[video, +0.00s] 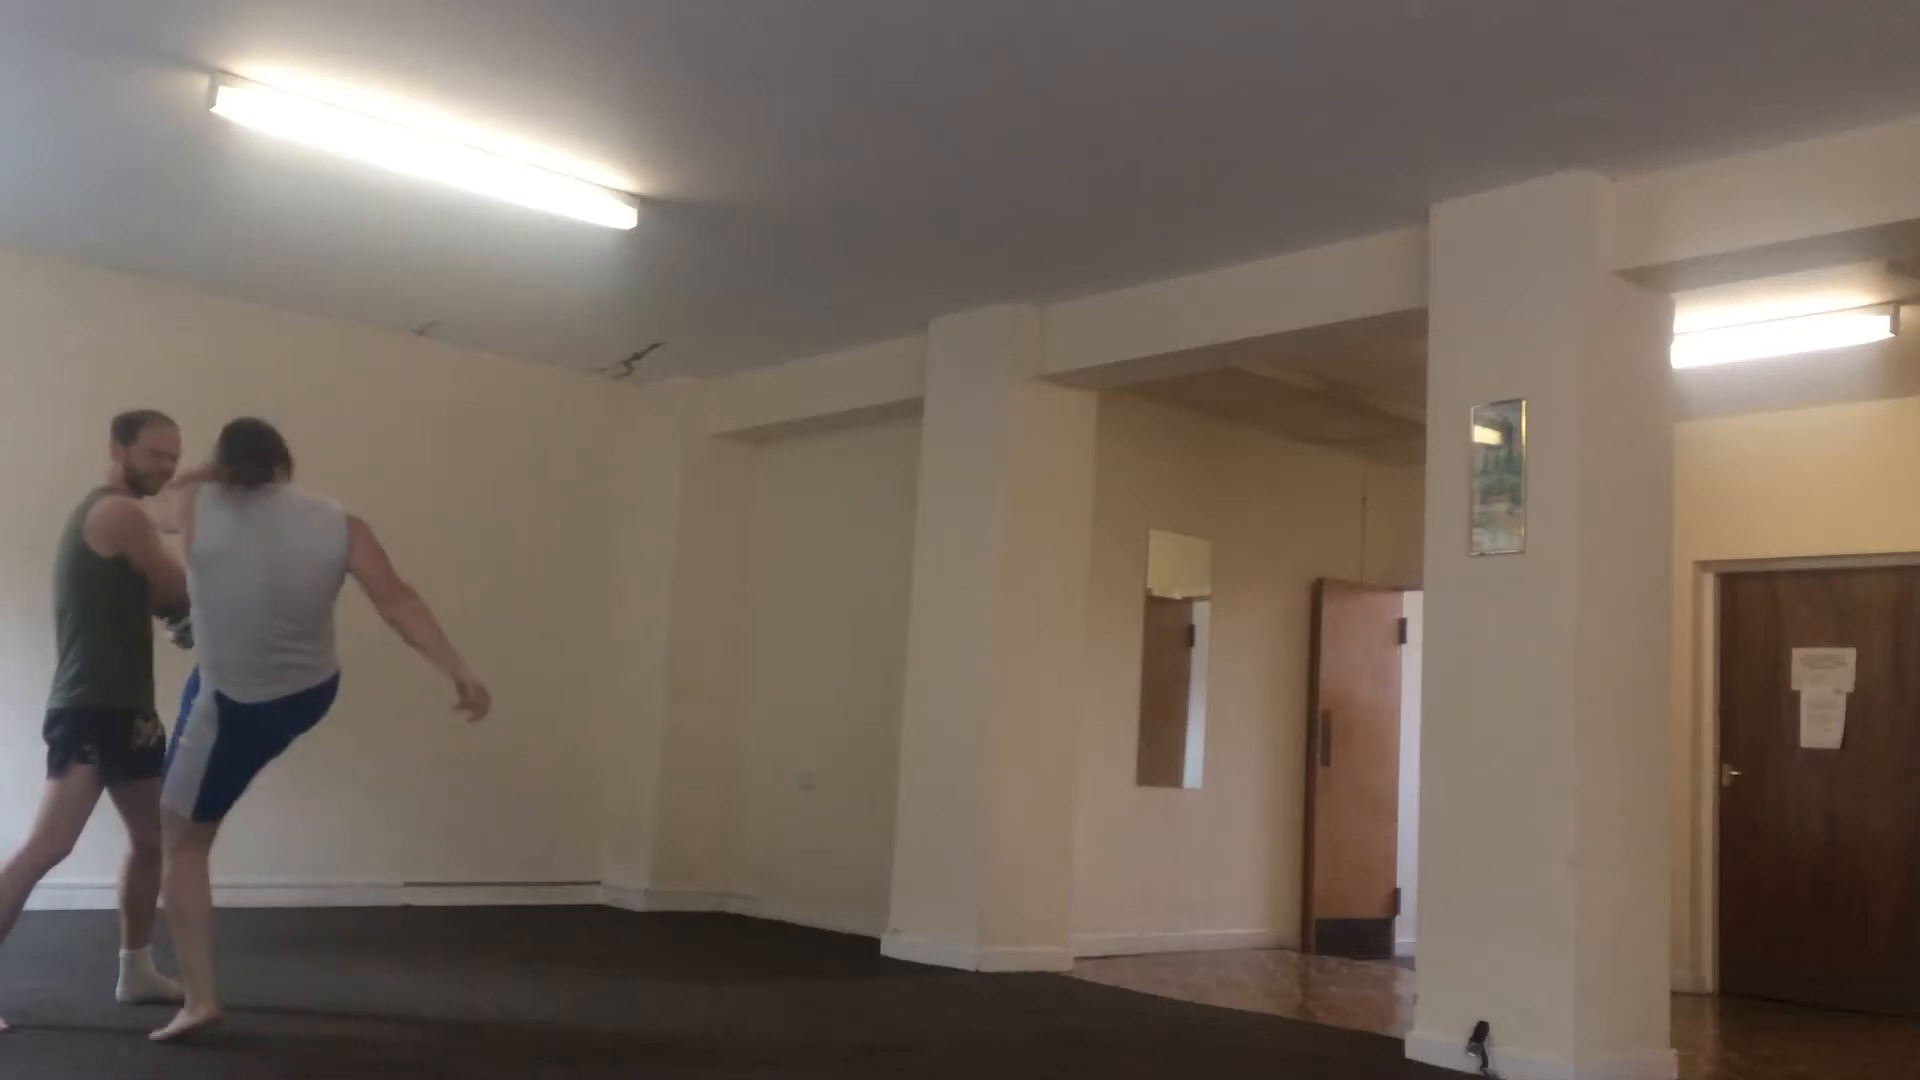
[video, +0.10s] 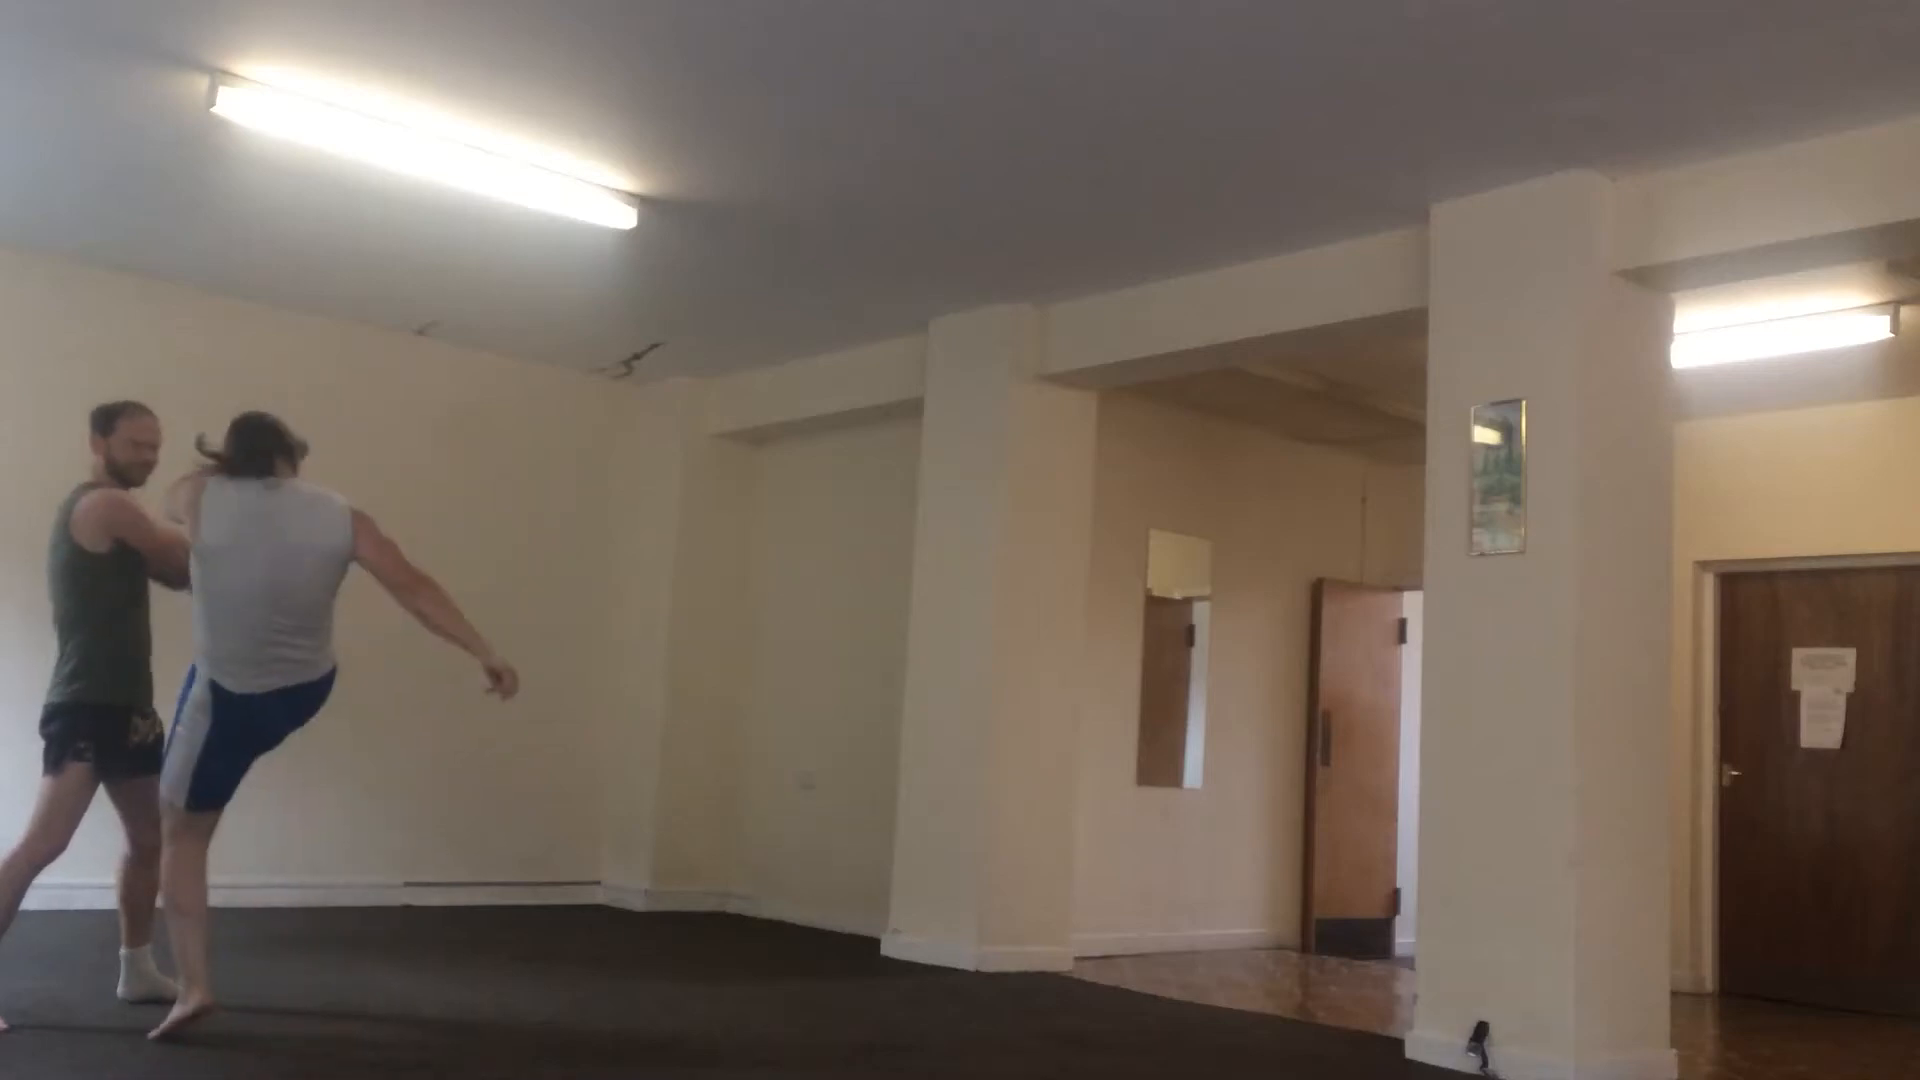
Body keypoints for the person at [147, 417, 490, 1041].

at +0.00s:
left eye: (209, 460)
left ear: (222, 468)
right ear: (287, 467)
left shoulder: (199, 507)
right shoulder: (337, 524)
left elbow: (158, 503)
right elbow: (396, 604)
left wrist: (207, 475)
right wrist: (460, 673)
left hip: (233, 707)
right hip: (311, 694)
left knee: (183, 843)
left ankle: (200, 999)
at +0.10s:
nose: (301, 468)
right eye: (298, 460)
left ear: (229, 461)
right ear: (291, 461)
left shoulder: (203, 499)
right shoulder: (335, 516)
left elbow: (179, 494)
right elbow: (410, 586)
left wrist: (230, 470)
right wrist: (484, 651)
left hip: (227, 703)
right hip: (308, 691)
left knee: (185, 837)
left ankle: (195, 987)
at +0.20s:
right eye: (296, 458)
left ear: (235, 460)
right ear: (300, 462)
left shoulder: (215, 503)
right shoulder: (342, 520)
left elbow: (165, 492)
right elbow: (414, 596)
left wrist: (224, 463)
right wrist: (466, 624)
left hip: (228, 705)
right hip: (304, 699)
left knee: (183, 849)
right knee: (271, 704)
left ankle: (195, 1001)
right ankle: (297, 795)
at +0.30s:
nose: (240, 466)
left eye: (245, 458)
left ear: (249, 464)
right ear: (311, 465)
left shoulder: (230, 511)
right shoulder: (349, 526)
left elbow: (155, 512)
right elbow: (398, 601)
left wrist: (216, 472)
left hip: (231, 703)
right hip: (305, 705)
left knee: (182, 853)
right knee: (267, 786)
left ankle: (196, 1006)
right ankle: (301, 891)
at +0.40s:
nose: (251, 472)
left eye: (255, 464)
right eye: (254, 463)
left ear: (267, 473)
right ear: (320, 472)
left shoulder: (248, 522)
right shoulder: (360, 535)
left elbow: (159, 545)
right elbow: (377, 594)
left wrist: (216, 486)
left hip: (242, 718)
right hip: (318, 723)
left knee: (177, 853)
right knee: (273, 846)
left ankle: (190, 1007)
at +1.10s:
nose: (290, 443)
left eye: (293, 435)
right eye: (293, 435)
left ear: (309, 438)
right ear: (370, 442)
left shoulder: (301, 476)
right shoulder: (415, 505)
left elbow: (202, 515)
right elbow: (350, 554)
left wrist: (251, 454)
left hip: (317, 695)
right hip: (396, 705)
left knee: (250, 869)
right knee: (334, 875)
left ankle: (281, 1046)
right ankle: (337, 1045)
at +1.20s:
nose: (299, 461)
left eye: (304, 453)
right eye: (302, 453)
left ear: (317, 457)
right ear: (379, 462)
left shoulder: (306, 496)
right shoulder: (421, 523)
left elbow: (212, 541)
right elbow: (375, 603)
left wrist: (266, 471)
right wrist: (286, 588)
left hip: (324, 719)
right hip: (403, 728)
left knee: (248, 894)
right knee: (341, 895)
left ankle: (312, 1047)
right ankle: (337, 1056)